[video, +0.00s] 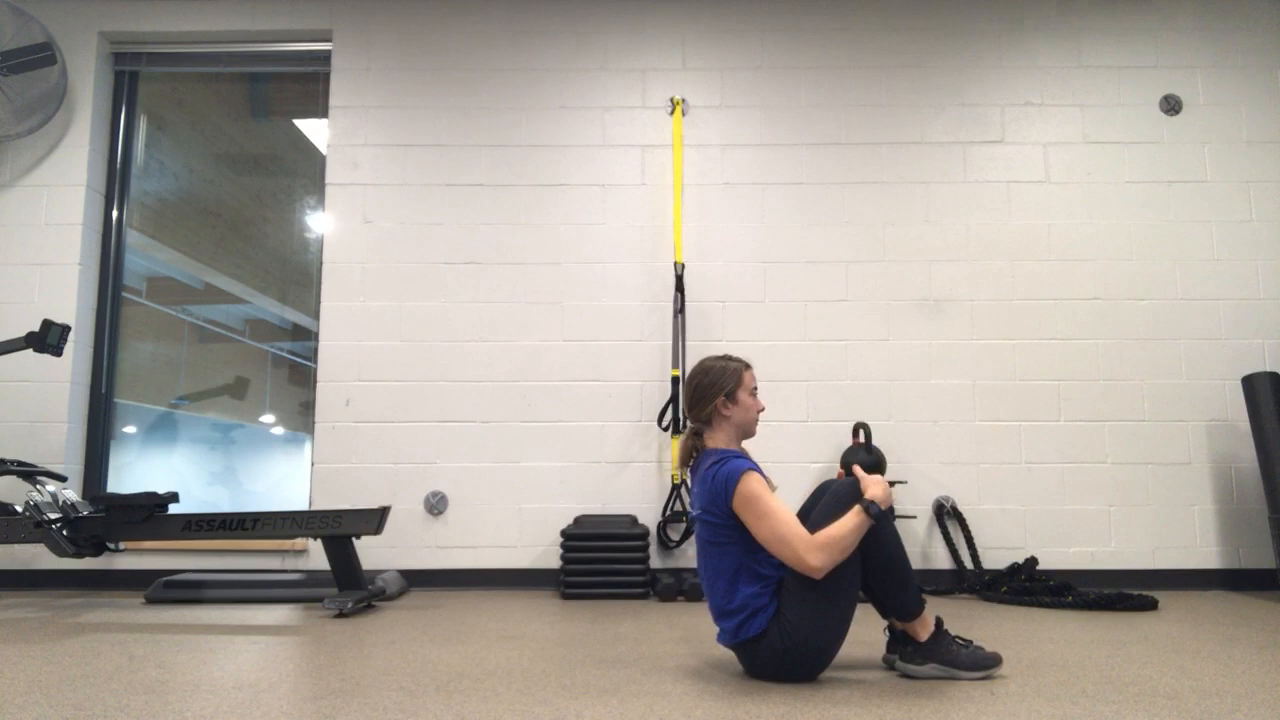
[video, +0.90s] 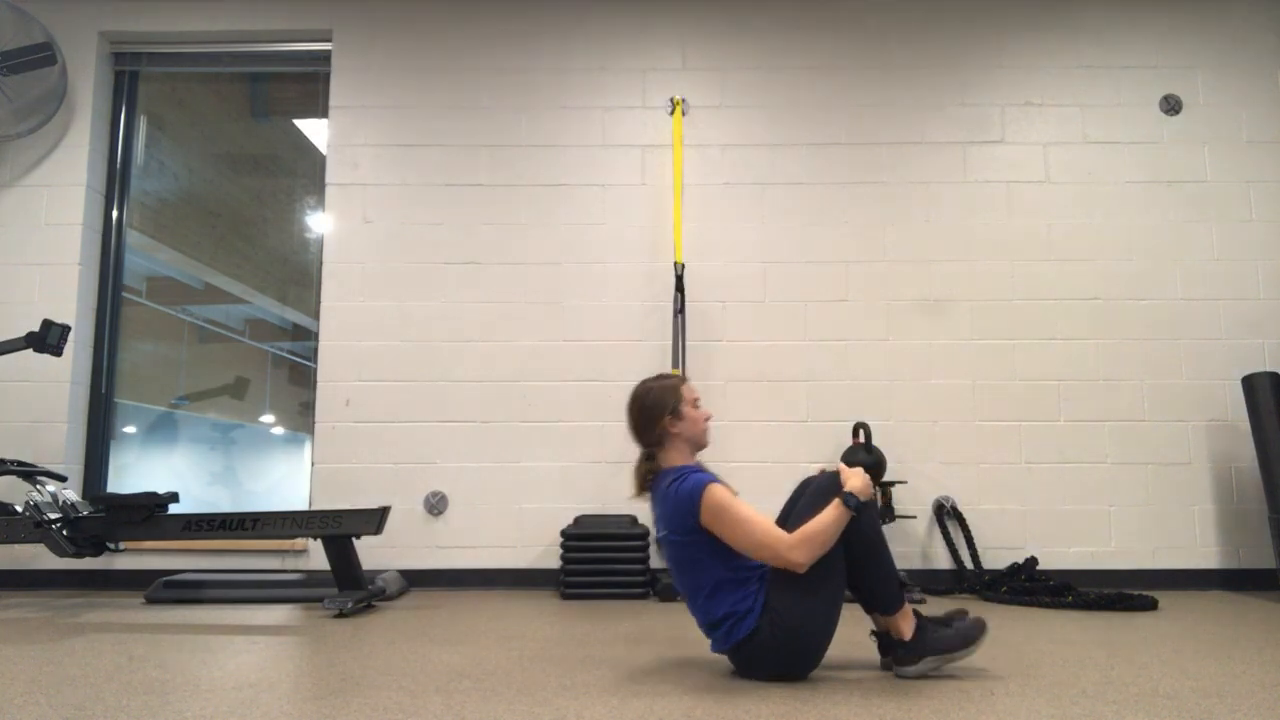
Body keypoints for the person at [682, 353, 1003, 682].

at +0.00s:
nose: (761, 404)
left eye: (757, 393)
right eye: (752, 394)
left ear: (724, 405)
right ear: (723, 405)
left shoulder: (719, 464)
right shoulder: (734, 473)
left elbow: (795, 550)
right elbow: (814, 560)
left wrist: (843, 487)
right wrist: (872, 505)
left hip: (763, 637)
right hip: (778, 647)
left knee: (841, 489)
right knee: (853, 496)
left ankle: (906, 630)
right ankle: (924, 635)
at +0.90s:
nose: (706, 413)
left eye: (700, 403)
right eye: (695, 406)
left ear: (671, 424)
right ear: (670, 423)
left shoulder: (676, 483)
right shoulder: (694, 489)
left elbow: (776, 549)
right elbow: (794, 555)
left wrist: (840, 491)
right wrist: (852, 497)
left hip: (757, 638)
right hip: (771, 647)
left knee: (818, 487)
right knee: (835, 493)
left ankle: (892, 624)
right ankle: (907, 633)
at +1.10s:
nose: (666, 430)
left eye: (659, 422)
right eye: (655, 425)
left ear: (629, 450)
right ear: (634, 447)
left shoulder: (647, 505)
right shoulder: (662, 511)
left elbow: (754, 544)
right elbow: (775, 550)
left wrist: (820, 484)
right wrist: (827, 487)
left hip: (752, 634)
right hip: (765, 644)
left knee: (808, 480)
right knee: (824, 490)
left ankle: (895, 609)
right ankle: (907, 614)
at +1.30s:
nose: (621, 461)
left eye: (614, 452)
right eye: (609, 457)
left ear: (589, 482)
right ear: (588, 480)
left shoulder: (612, 534)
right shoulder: (626, 539)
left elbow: (721, 540)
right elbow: (746, 550)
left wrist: (781, 479)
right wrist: (792, 483)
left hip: (741, 633)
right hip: (757, 645)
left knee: (775, 474)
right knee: (799, 485)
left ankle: (894, 580)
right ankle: (903, 584)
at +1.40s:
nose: (598, 481)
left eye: (590, 473)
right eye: (586, 479)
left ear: (565, 507)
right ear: (567, 505)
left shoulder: (597, 553)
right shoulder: (612, 556)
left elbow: (703, 556)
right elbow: (727, 552)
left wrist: (731, 509)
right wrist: (766, 483)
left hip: (734, 632)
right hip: (752, 646)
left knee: (748, 471)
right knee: (765, 479)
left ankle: (878, 543)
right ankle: (887, 547)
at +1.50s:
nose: (570, 506)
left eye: (560, 500)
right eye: (557, 506)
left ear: (544, 536)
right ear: (541, 535)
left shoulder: (577, 580)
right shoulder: (593, 580)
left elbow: (688, 555)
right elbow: (707, 558)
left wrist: (711, 486)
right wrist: (723, 482)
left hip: (731, 639)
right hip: (748, 647)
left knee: (724, 475)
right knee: (731, 478)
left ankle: (852, 502)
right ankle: (857, 503)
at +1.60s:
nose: (547, 531)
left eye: (535, 526)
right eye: (531, 532)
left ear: (528, 559)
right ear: (518, 564)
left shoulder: (569, 598)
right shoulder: (573, 604)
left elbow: (662, 563)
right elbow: (683, 566)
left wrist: (670, 487)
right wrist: (672, 485)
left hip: (728, 637)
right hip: (739, 643)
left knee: (678, 481)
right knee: (684, 482)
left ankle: (808, 446)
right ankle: (814, 448)